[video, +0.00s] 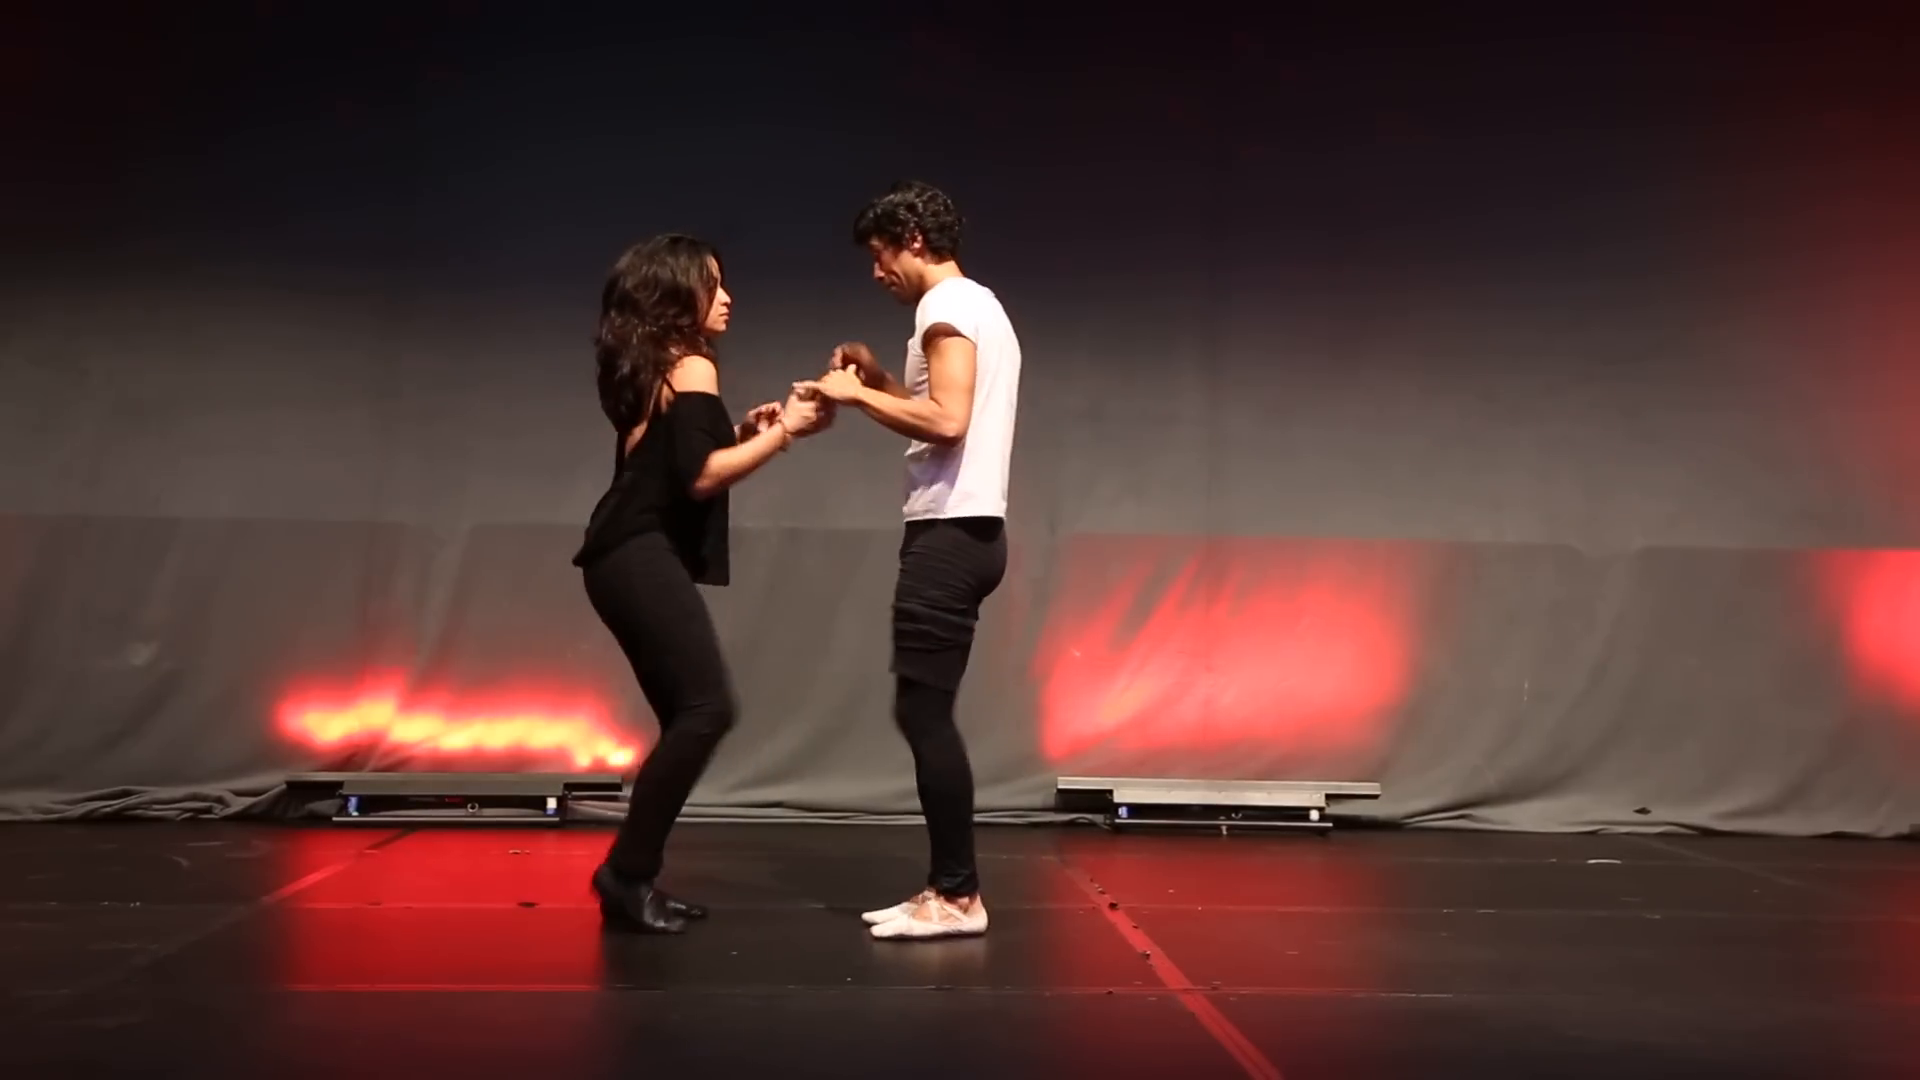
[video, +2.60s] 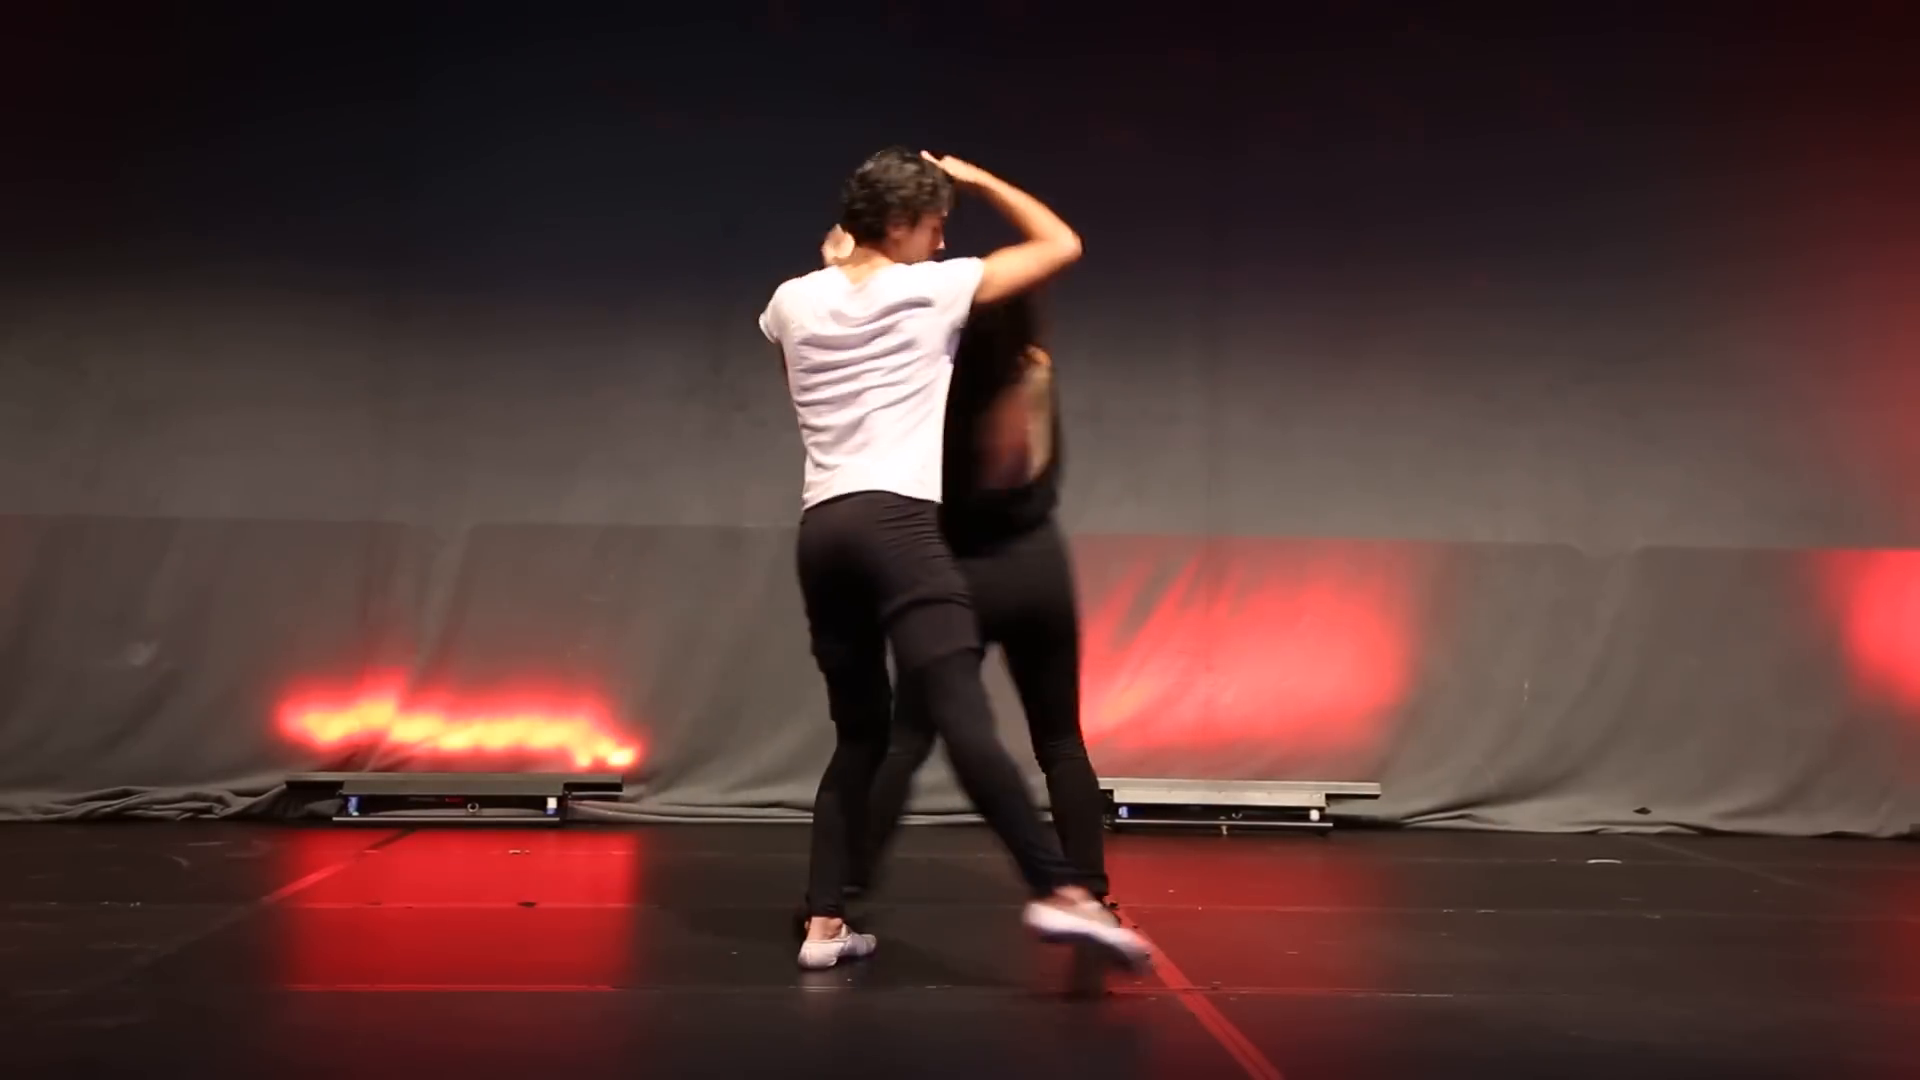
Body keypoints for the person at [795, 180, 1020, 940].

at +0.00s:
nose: (876, 273)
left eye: (880, 256)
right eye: (872, 259)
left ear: (914, 243)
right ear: (928, 247)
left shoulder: (948, 306)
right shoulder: (971, 307)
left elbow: (949, 419)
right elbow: (943, 415)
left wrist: (856, 394)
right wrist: (879, 379)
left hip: (949, 534)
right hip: (960, 532)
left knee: (924, 710)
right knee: (924, 710)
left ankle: (956, 895)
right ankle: (950, 888)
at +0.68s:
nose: (869, 259)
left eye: (878, 244)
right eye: (869, 246)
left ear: (918, 242)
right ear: (911, 247)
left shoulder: (952, 309)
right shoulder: (921, 323)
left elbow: (848, 343)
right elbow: (864, 355)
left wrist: (837, 278)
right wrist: (825, 322)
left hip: (953, 540)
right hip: (915, 541)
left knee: (938, 720)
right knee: (860, 709)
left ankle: (1041, 867)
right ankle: (935, 872)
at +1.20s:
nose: (833, 245)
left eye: (843, 230)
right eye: (835, 232)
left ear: (878, 233)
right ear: (872, 237)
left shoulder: (910, 300)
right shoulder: (870, 321)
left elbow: (793, 284)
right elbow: (778, 325)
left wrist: (793, 200)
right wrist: (753, 229)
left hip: (920, 528)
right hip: (897, 529)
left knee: (885, 707)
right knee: (880, 710)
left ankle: (955, 883)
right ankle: (906, 879)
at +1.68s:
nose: (880, 236)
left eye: (885, 222)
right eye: (882, 222)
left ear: (914, 221)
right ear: (945, 228)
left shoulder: (926, 288)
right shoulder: (977, 309)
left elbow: (793, 318)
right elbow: (884, 400)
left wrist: (805, 243)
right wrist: (817, 294)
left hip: (919, 524)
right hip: (937, 523)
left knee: (901, 709)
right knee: (883, 700)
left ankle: (955, 908)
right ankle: (904, 880)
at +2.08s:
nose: (918, 228)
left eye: (923, 213)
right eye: (921, 214)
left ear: (947, 218)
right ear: (987, 226)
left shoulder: (956, 293)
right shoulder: (1003, 311)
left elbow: (822, 330)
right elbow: (915, 428)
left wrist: (820, 252)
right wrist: (861, 338)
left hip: (948, 539)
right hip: (1005, 538)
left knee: (908, 724)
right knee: (984, 728)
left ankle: (955, 912)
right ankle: (1041, 902)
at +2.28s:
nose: (903, 216)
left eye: (908, 204)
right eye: (906, 202)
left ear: (921, 215)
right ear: (985, 225)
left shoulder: (894, 287)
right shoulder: (1015, 310)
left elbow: (772, 300)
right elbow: (943, 310)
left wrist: (821, 219)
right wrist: (884, 255)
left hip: (924, 535)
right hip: (1003, 538)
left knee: (878, 719)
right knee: (997, 729)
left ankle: (892, 911)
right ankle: (1058, 909)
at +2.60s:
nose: (939, 241)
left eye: (938, 226)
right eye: (932, 225)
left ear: (854, 226)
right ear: (898, 226)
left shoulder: (791, 306)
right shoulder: (934, 289)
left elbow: (790, 322)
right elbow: (1060, 243)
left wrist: (836, 264)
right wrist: (983, 178)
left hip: (821, 531)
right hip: (897, 522)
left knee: (860, 734)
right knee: (966, 724)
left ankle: (823, 922)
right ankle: (1059, 889)